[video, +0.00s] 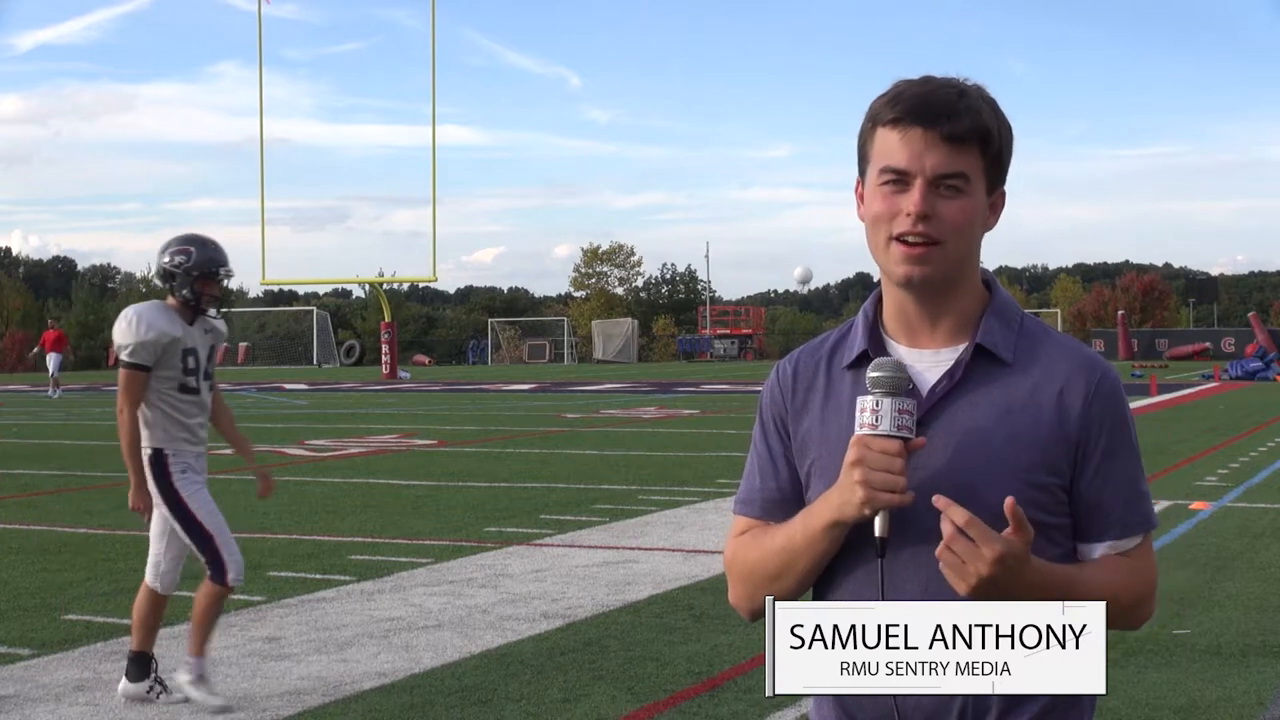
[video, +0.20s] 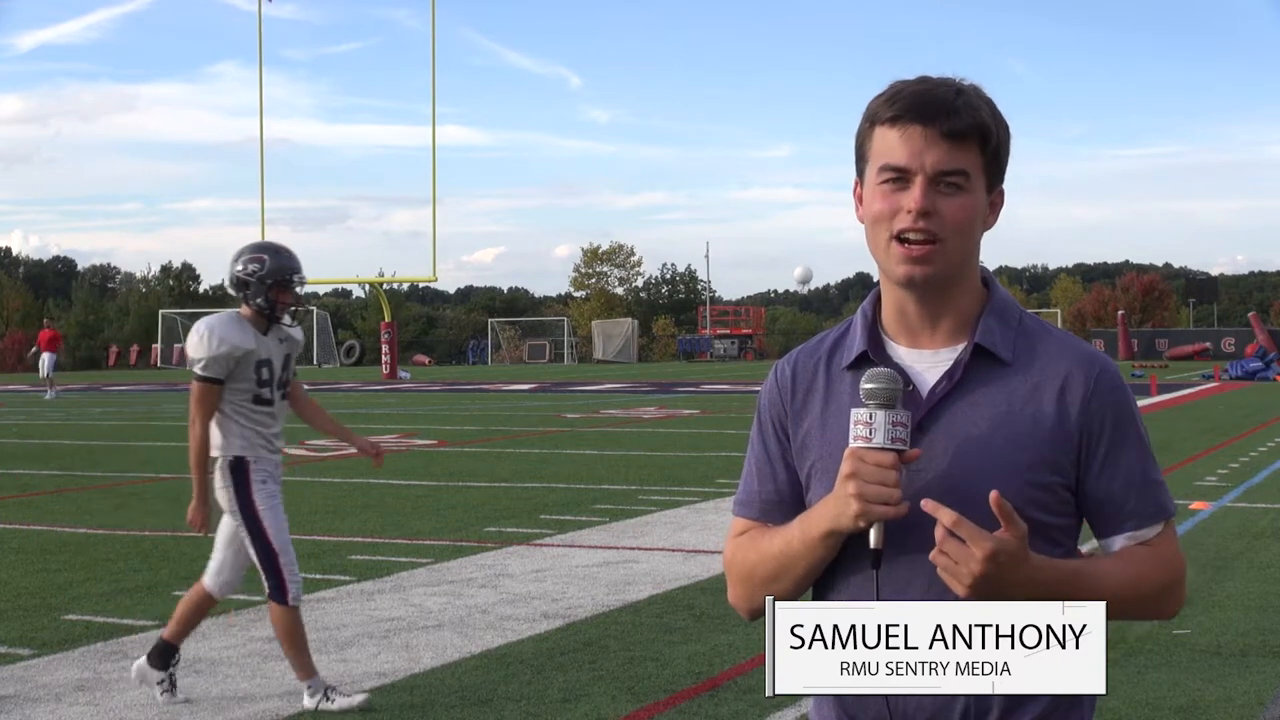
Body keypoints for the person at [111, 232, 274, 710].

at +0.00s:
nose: (215, 288)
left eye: (217, 280)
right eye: (207, 280)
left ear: (212, 281)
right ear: (179, 279)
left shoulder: (210, 328)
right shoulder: (145, 323)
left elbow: (212, 400)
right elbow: (127, 407)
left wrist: (252, 458)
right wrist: (137, 480)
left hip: (192, 462)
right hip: (163, 462)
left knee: (160, 575)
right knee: (225, 566)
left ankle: (137, 675)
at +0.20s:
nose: (290, 296)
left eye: (291, 288)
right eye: (283, 288)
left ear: (280, 288)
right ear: (256, 288)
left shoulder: (284, 338)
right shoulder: (219, 334)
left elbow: (298, 399)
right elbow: (198, 420)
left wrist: (355, 440)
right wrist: (200, 496)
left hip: (265, 467)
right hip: (238, 468)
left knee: (220, 580)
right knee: (282, 580)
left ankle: (156, 661)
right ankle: (314, 690)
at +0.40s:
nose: (366, 288)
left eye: (367, 279)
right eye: (358, 280)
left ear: (353, 279)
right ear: (331, 279)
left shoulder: (356, 328)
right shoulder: (295, 326)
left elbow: (352, 405)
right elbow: (286, 415)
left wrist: (384, 463)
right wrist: (304, 487)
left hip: (348, 464)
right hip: (314, 466)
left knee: (369, 581)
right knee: (319, 584)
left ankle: (291, 635)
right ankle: (318, 689)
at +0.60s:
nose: (447, 289)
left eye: (447, 280)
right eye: (441, 281)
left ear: (423, 281)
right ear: (414, 279)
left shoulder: (429, 330)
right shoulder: (374, 322)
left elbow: (406, 399)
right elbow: (370, 408)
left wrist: (410, 456)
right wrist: (417, 471)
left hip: (418, 466)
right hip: (376, 467)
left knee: (460, 575)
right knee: (355, 581)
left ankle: (480, 680)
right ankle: (325, 681)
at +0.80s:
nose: (530, 293)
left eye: (530, 284)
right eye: (524, 284)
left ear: (503, 284)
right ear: (498, 282)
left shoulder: (506, 332)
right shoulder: (459, 324)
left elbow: (492, 410)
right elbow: (454, 413)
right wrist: (496, 476)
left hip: (506, 470)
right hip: (470, 474)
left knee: (515, 585)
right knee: (462, 599)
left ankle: (520, 692)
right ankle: (379, 654)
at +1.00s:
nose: (602, 285)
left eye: (603, 275)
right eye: (596, 275)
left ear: (578, 272)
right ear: (571, 272)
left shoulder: (585, 327)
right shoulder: (527, 317)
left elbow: (578, 410)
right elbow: (517, 410)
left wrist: (609, 474)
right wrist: (532, 484)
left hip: (568, 462)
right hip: (546, 463)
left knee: (543, 582)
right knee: (607, 578)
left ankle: (522, 690)